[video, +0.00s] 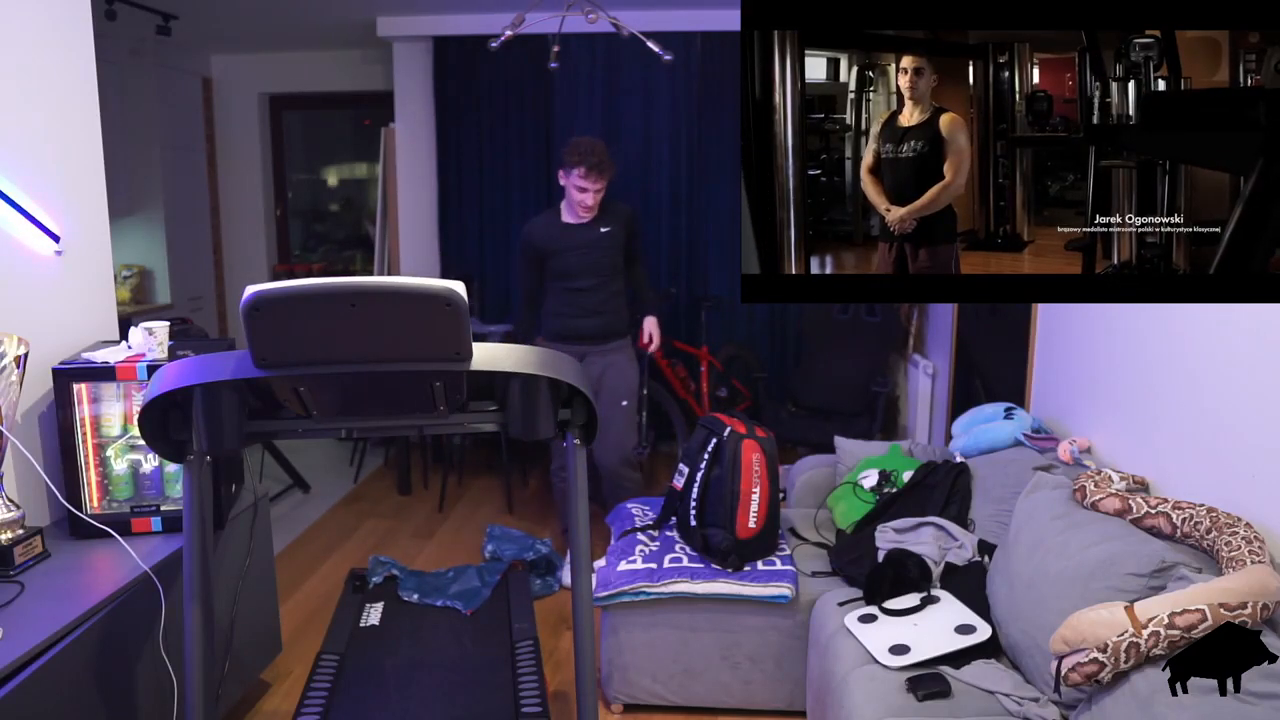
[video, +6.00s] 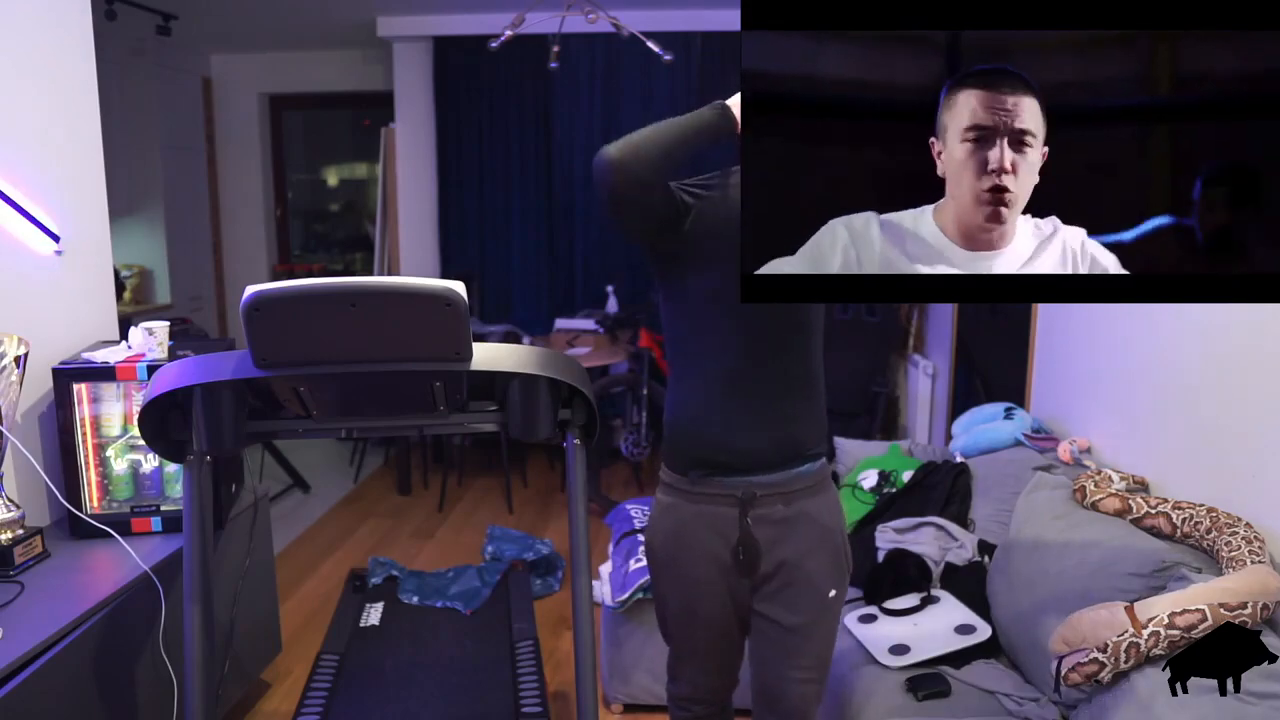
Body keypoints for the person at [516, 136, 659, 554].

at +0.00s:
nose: (589, 198)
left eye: (597, 190)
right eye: (581, 189)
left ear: (607, 184)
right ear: (562, 180)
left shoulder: (620, 221)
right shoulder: (539, 232)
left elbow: (636, 271)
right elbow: (528, 295)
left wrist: (649, 313)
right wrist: (527, 346)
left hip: (615, 354)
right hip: (559, 357)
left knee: (615, 455)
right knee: (566, 457)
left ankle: (633, 541)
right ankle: (573, 545)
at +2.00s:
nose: (625, 205)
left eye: (633, 194)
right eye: (617, 195)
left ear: (655, 183)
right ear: (607, 190)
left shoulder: (686, 226)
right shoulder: (601, 227)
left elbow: (717, 294)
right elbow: (584, 294)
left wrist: (670, 274)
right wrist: (613, 284)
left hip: (669, 367)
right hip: (610, 368)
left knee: (674, 476)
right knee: (591, 474)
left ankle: (684, 576)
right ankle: (572, 575)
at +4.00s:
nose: (597, 208)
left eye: (608, 195)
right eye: (585, 195)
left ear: (622, 181)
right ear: (558, 175)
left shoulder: (635, 231)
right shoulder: (523, 238)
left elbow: (649, 321)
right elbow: (489, 327)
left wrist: (660, 405)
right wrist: (529, 382)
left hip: (622, 419)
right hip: (545, 424)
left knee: (605, 556)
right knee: (554, 564)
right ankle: (565, 685)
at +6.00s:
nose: (774, 133)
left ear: (810, 132)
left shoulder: (820, 210)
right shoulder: (681, 212)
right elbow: (617, 164)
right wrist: (728, 114)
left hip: (803, 504)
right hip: (693, 508)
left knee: (792, 704)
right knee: (697, 702)